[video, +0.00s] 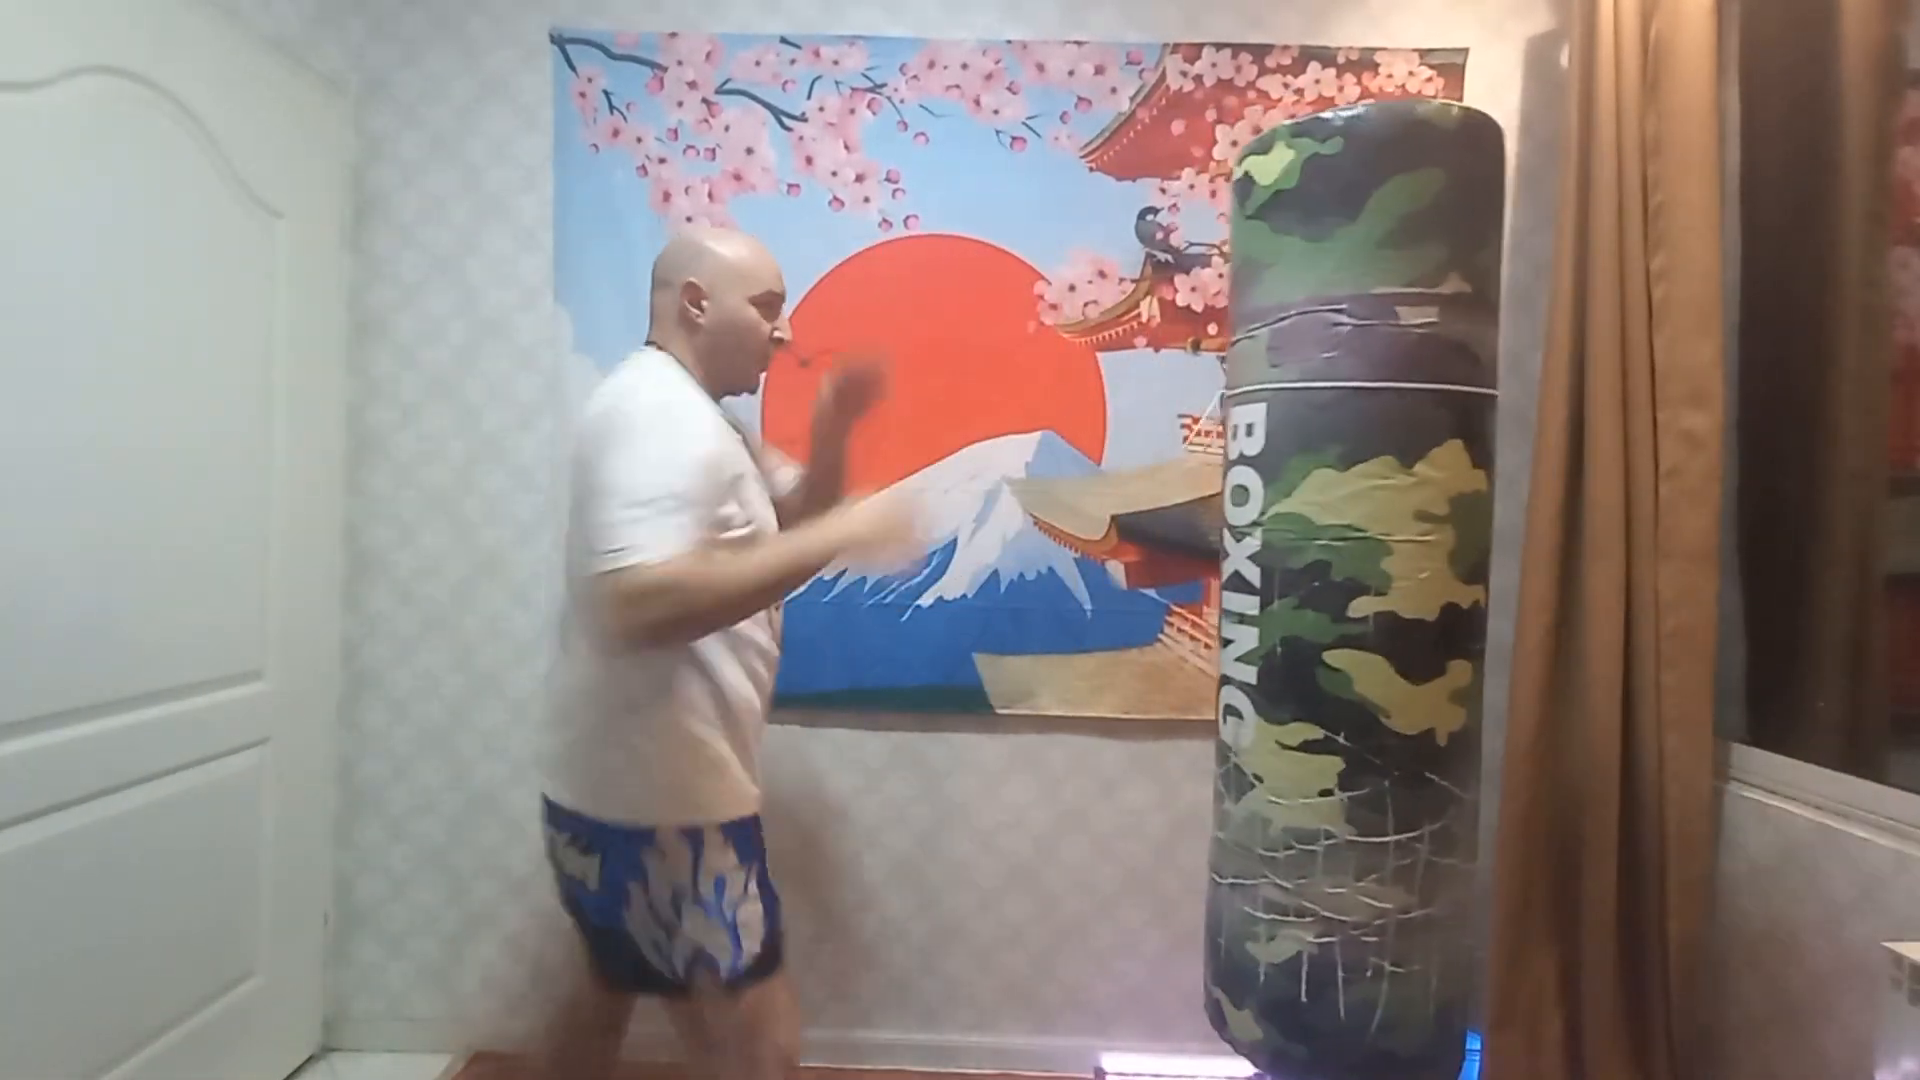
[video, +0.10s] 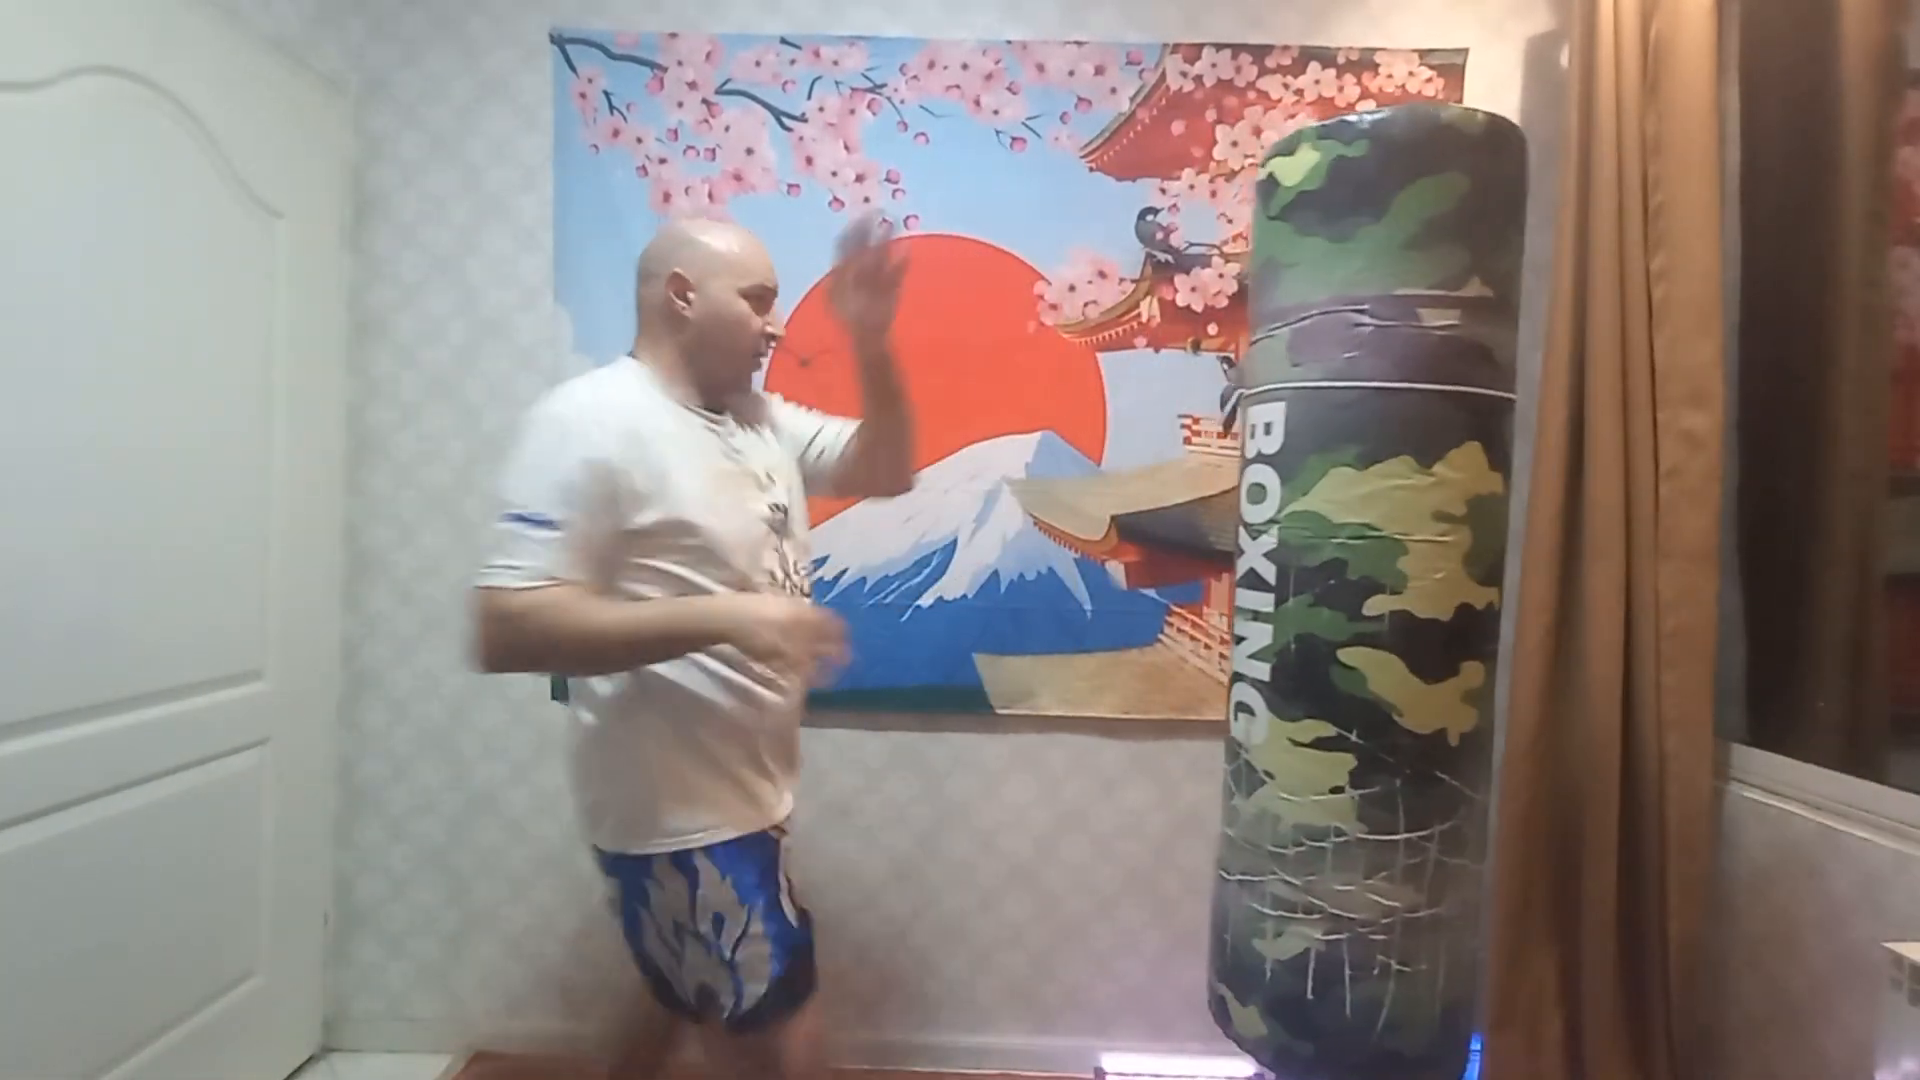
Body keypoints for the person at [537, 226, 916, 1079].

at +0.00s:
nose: (783, 329)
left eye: (782, 308)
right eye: (767, 306)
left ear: (692, 308)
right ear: (694, 304)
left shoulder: (683, 409)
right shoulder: (654, 408)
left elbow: (792, 541)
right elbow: (632, 603)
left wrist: (831, 432)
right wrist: (835, 532)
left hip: (618, 792)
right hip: (673, 803)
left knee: (596, 1014)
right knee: (758, 1055)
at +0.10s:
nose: (774, 326)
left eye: (774, 304)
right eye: (757, 300)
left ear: (688, 301)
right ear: (680, 299)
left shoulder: (761, 422)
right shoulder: (589, 419)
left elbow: (885, 468)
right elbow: (507, 625)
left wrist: (873, 344)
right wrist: (730, 616)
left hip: (750, 796)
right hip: (670, 813)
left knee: (676, 1019)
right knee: (767, 1031)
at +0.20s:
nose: (760, 313)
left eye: (759, 291)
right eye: (737, 287)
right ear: (654, 286)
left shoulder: (769, 423)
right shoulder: (535, 420)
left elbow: (903, 482)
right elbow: (443, 628)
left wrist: (947, 351)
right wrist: (662, 600)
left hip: (833, 790)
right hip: (698, 846)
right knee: (787, 1060)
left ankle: (715, 1022)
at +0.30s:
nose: (752, 316)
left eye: (750, 292)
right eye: (729, 287)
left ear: (653, 287)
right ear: (641, 282)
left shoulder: (762, 433)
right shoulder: (512, 422)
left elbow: (866, 559)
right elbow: (441, 636)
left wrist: (982, 476)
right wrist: (667, 577)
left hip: (851, 742)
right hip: (706, 853)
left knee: (1061, 845)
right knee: (789, 1059)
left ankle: (936, 905)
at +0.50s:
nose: (759, 314)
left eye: (758, 289)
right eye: (739, 286)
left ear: (661, 285)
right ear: (649, 280)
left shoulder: (730, 424)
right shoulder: (520, 414)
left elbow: (765, 585)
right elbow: (519, 649)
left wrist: (900, 585)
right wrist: (753, 571)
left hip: (838, 738)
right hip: (710, 864)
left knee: (1089, 800)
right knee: (786, 1064)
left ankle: (1320, 899)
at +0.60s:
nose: (758, 308)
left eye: (758, 283)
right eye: (738, 280)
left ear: (659, 275)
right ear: (647, 272)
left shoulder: (720, 421)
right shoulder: (529, 413)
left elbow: (745, 592)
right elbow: (564, 647)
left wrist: (866, 539)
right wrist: (797, 556)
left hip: (827, 763)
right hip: (705, 863)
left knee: (1013, 856)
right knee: (761, 1067)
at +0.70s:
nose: (755, 311)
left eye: (753, 283)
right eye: (733, 278)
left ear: (654, 278)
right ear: (643, 272)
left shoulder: (714, 425)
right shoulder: (537, 412)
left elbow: (772, 601)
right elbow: (612, 640)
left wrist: (849, 495)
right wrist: (811, 515)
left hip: (811, 808)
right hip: (689, 878)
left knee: (903, 931)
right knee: (746, 1062)